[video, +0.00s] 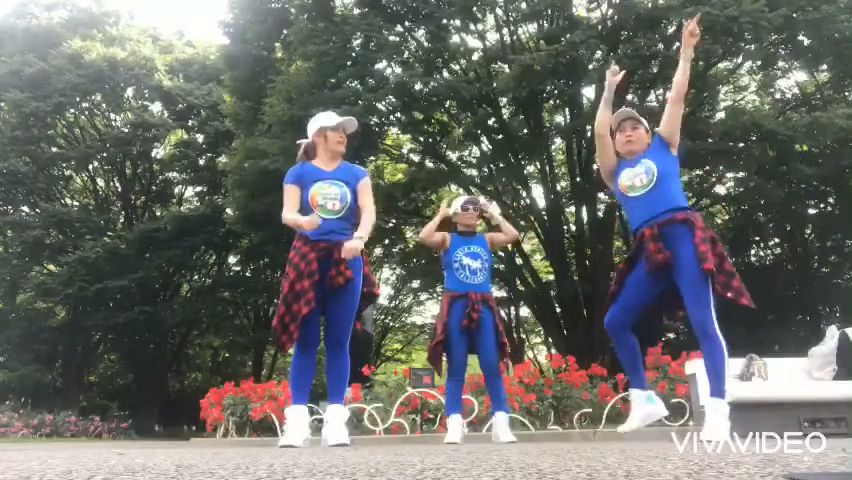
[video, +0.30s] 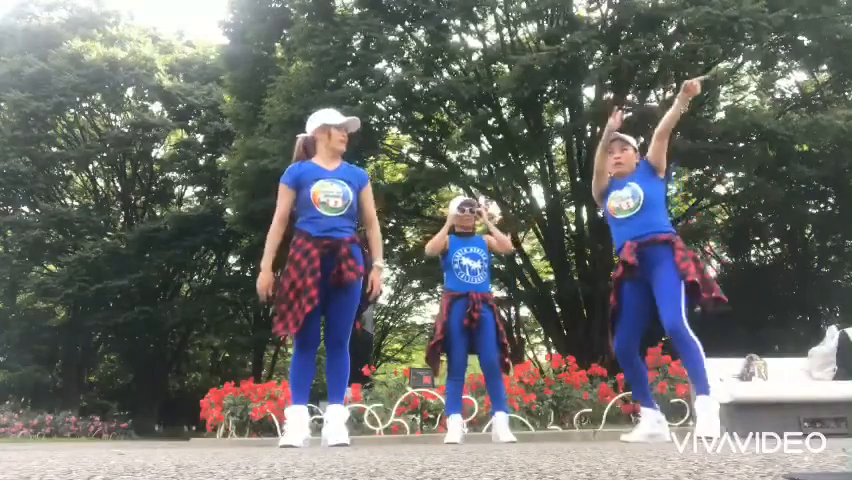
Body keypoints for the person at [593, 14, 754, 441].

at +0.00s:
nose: (628, 133)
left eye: (634, 127)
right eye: (621, 130)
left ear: (646, 132)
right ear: (614, 141)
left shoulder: (663, 145)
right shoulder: (614, 170)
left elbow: (676, 96)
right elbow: (601, 130)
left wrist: (687, 49)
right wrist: (609, 90)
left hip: (681, 233)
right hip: (649, 248)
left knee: (702, 319)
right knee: (616, 321)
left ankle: (717, 407)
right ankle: (644, 400)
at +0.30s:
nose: (617, 154)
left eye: (623, 149)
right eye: (611, 151)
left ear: (636, 155)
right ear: (607, 160)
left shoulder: (650, 170)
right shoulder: (605, 190)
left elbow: (662, 132)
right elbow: (600, 165)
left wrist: (682, 99)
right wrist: (608, 131)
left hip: (662, 253)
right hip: (631, 267)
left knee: (674, 324)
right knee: (624, 345)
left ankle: (704, 402)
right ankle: (652, 419)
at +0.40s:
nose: (614, 169)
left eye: (619, 163)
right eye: (609, 167)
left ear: (633, 164)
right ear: (605, 174)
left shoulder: (649, 181)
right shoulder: (608, 201)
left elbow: (661, 156)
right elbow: (598, 205)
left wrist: (681, 135)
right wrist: (600, 175)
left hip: (659, 264)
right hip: (629, 272)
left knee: (655, 338)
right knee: (613, 345)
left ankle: (684, 410)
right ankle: (651, 417)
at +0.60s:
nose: (608, 171)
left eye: (613, 165)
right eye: (601, 168)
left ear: (625, 167)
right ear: (595, 176)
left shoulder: (635, 182)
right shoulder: (599, 206)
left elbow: (649, 182)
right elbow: (593, 229)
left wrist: (674, 181)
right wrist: (600, 229)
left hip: (660, 263)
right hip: (633, 276)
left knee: (668, 335)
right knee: (605, 333)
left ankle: (687, 409)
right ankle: (631, 402)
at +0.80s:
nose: (605, 181)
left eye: (611, 175)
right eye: (599, 176)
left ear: (622, 178)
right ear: (593, 182)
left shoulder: (630, 199)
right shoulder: (592, 215)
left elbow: (646, 223)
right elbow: (585, 248)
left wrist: (667, 241)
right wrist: (589, 270)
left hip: (641, 269)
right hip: (615, 280)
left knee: (655, 334)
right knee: (619, 351)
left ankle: (689, 408)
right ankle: (635, 420)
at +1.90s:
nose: (637, 128)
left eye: (642, 121)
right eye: (629, 121)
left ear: (650, 124)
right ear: (614, 125)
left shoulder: (663, 157)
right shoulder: (599, 161)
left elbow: (680, 201)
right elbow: (582, 210)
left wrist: (686, 229)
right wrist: (595, 248)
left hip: (666, 245)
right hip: (626, 249)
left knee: (704, 316)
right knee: (633, 328)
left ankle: (692, 398)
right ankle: (641, 409)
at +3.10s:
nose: (663, 105)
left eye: (669, 100)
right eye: (655, 101)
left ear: (682, 108)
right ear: (645, 112)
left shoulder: (703, 141)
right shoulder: (633, 153)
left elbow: (732, 184)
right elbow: (623, 205)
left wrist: (741, 220)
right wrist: (629, 246)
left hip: (707, 235)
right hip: (661, 241)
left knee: (729, 319)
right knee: (669, 327)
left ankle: (734, 407)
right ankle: (680, 414)